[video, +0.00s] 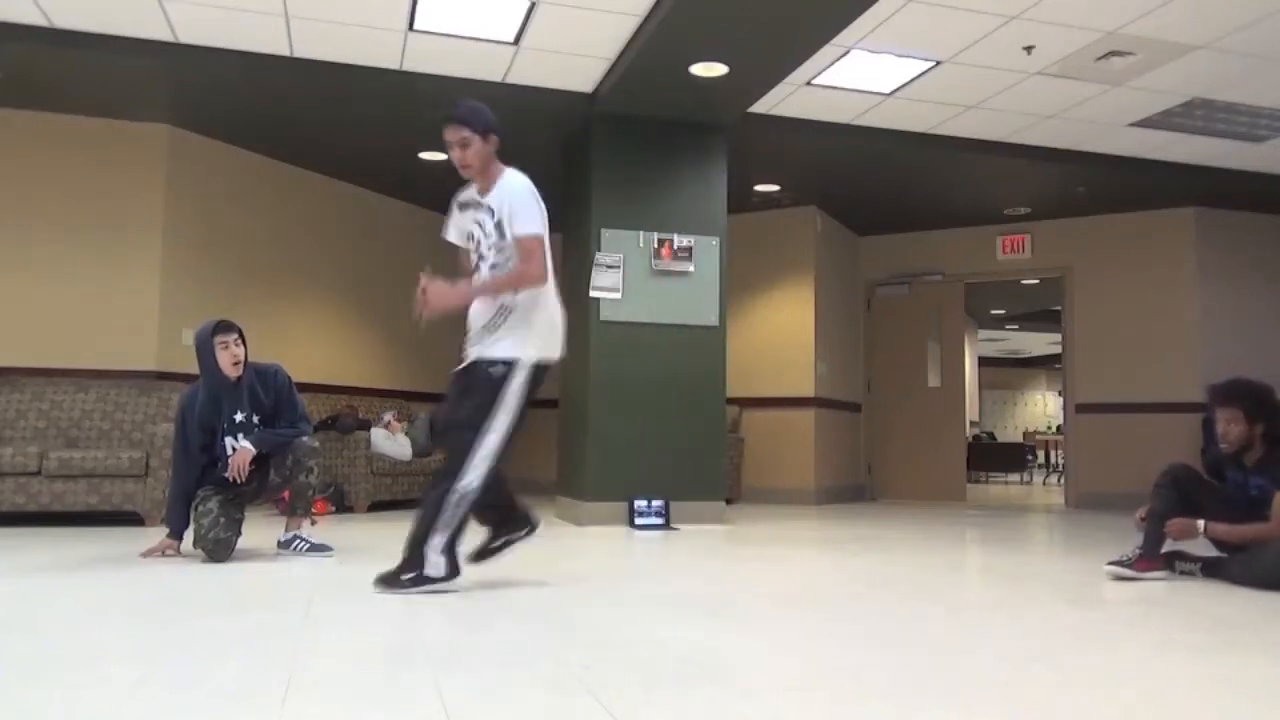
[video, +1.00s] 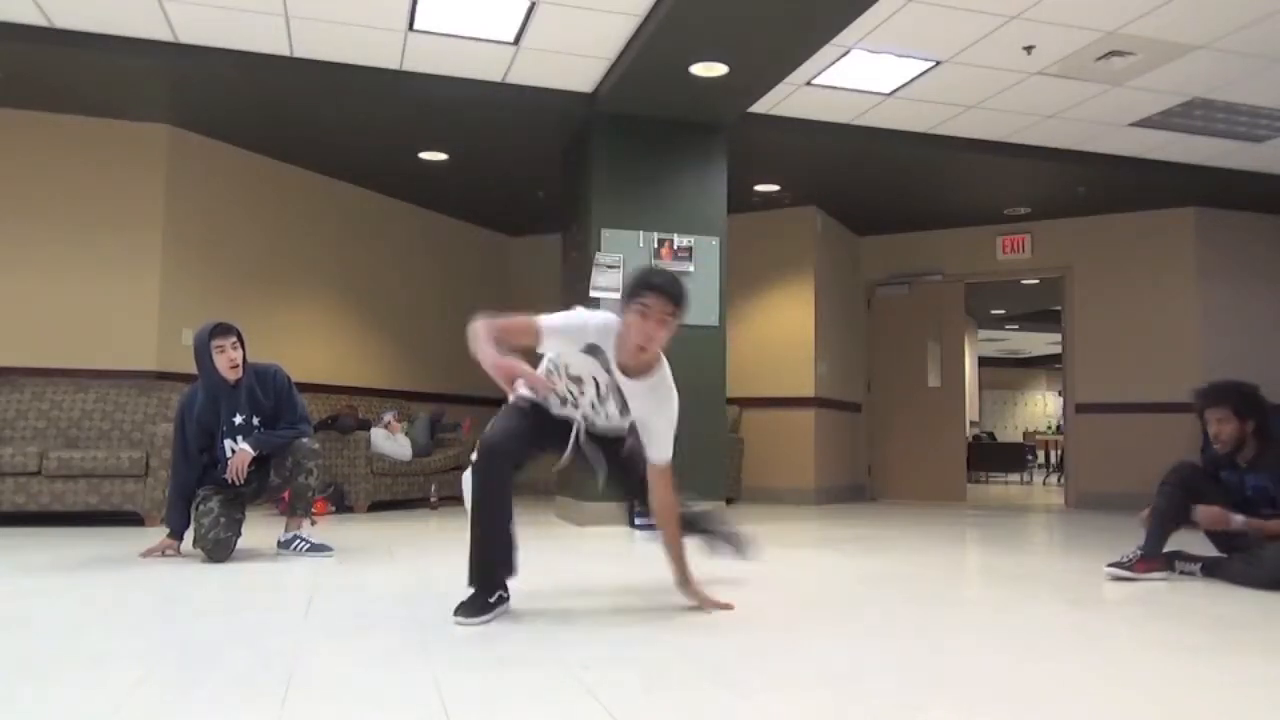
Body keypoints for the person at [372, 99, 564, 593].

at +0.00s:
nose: (457, 155)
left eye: (465, 144)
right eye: (451, 147)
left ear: (491, 141)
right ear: (449, 150)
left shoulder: (516, 190)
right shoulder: (465, 202)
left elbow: (534, 271)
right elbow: (476, 275)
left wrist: (461, 291)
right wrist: (445, 294)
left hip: (524, 340)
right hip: (488, 340)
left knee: (475, 444)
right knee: (451, 430)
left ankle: (432, 559)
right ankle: (508, 517)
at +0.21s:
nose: (459, 185)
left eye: (467, 172)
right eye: (450, 176)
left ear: (490, 168)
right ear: (444, 177)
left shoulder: (520, 218)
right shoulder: (460, 232)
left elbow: (546, 299)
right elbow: (469, 320)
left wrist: (538, 366)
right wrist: (444, 392)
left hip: (553, 354)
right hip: (509, 356)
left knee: (524, 459)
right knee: (478, 450)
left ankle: (622, 530)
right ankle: (500, 560)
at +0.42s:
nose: (496, 151)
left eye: (503, 137)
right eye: (486, 143)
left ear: (525, 130)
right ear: (479, 145)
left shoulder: (563, 170)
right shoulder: (487, 186)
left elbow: (648, 205)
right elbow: (502, 229)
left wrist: (737, 221)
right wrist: (461, 257)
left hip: (591, 328)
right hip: (529, 333)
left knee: (653, 430)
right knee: (489, 423)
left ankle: (721, 533)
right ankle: (487, 533)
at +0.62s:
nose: (549, 180)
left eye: (557, 167)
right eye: (541, 170)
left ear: (581, 160)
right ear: (534, 168)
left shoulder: (617, 201)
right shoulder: (537, 196)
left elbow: (711, 234)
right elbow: (518, 216)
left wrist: (809, 252)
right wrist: (462, 226)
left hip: (651, 347)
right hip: (584, 342)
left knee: (717, 453)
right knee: (510, 412)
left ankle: (797, 561)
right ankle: (471, 532)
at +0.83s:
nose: (603, 277)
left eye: (613, 266)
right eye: (594, 266)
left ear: (632, 270)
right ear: (579, 270)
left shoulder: (654, 319)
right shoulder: (557, 292)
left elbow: (710, 395)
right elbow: (487, 298)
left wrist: (761, 466)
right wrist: (437, 297)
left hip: (661, 393)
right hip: (590, 390)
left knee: (722, 479)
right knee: (536, 462)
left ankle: (817, 576)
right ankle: (503, 583)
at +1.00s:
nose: (650, 329)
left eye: (664, 320)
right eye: (643, 312)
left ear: (673, 331)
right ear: (624, 311)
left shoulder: (660, 397)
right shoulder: (586, 326)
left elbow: (661, 486)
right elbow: (482, 326)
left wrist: (683, 580)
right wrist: (492, 359)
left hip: (610, 431)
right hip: (546, 408)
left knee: (648, 506)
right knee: (493, 453)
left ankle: (707, 528)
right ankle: (490, 587)